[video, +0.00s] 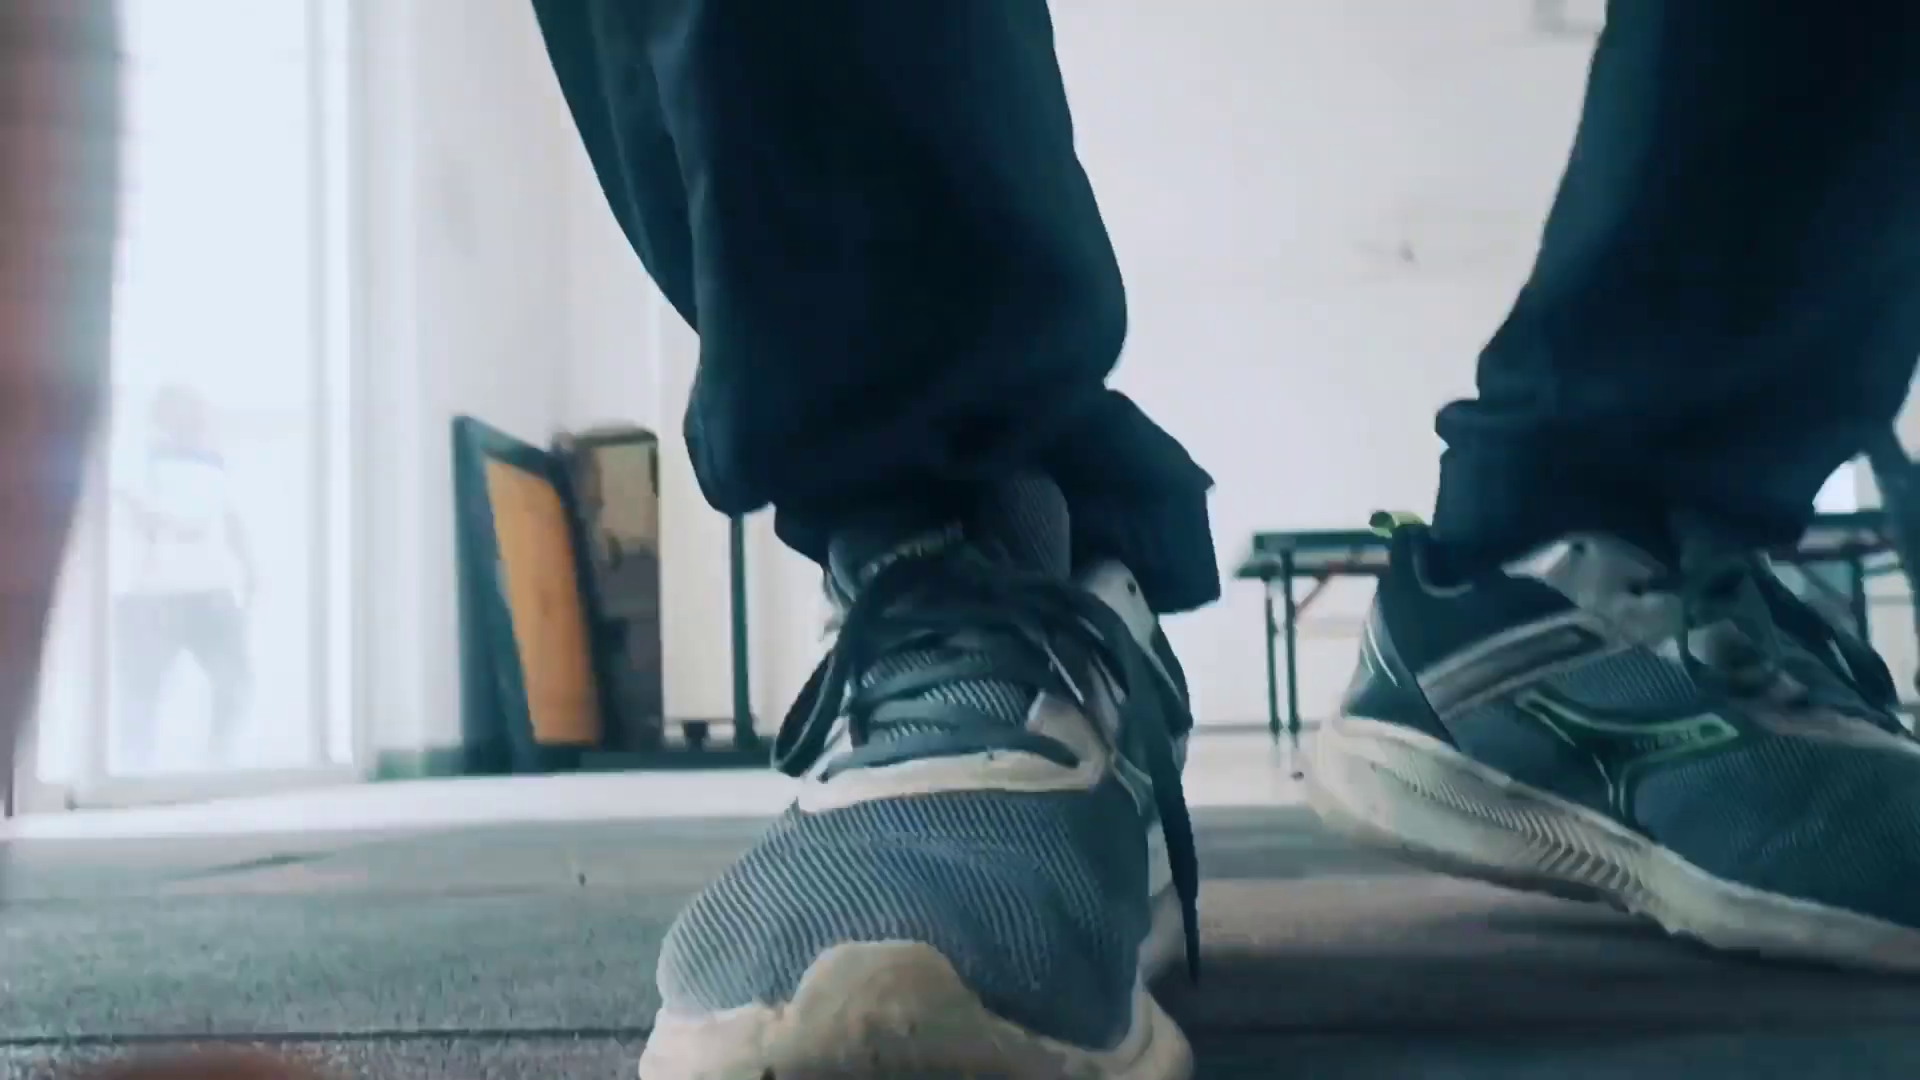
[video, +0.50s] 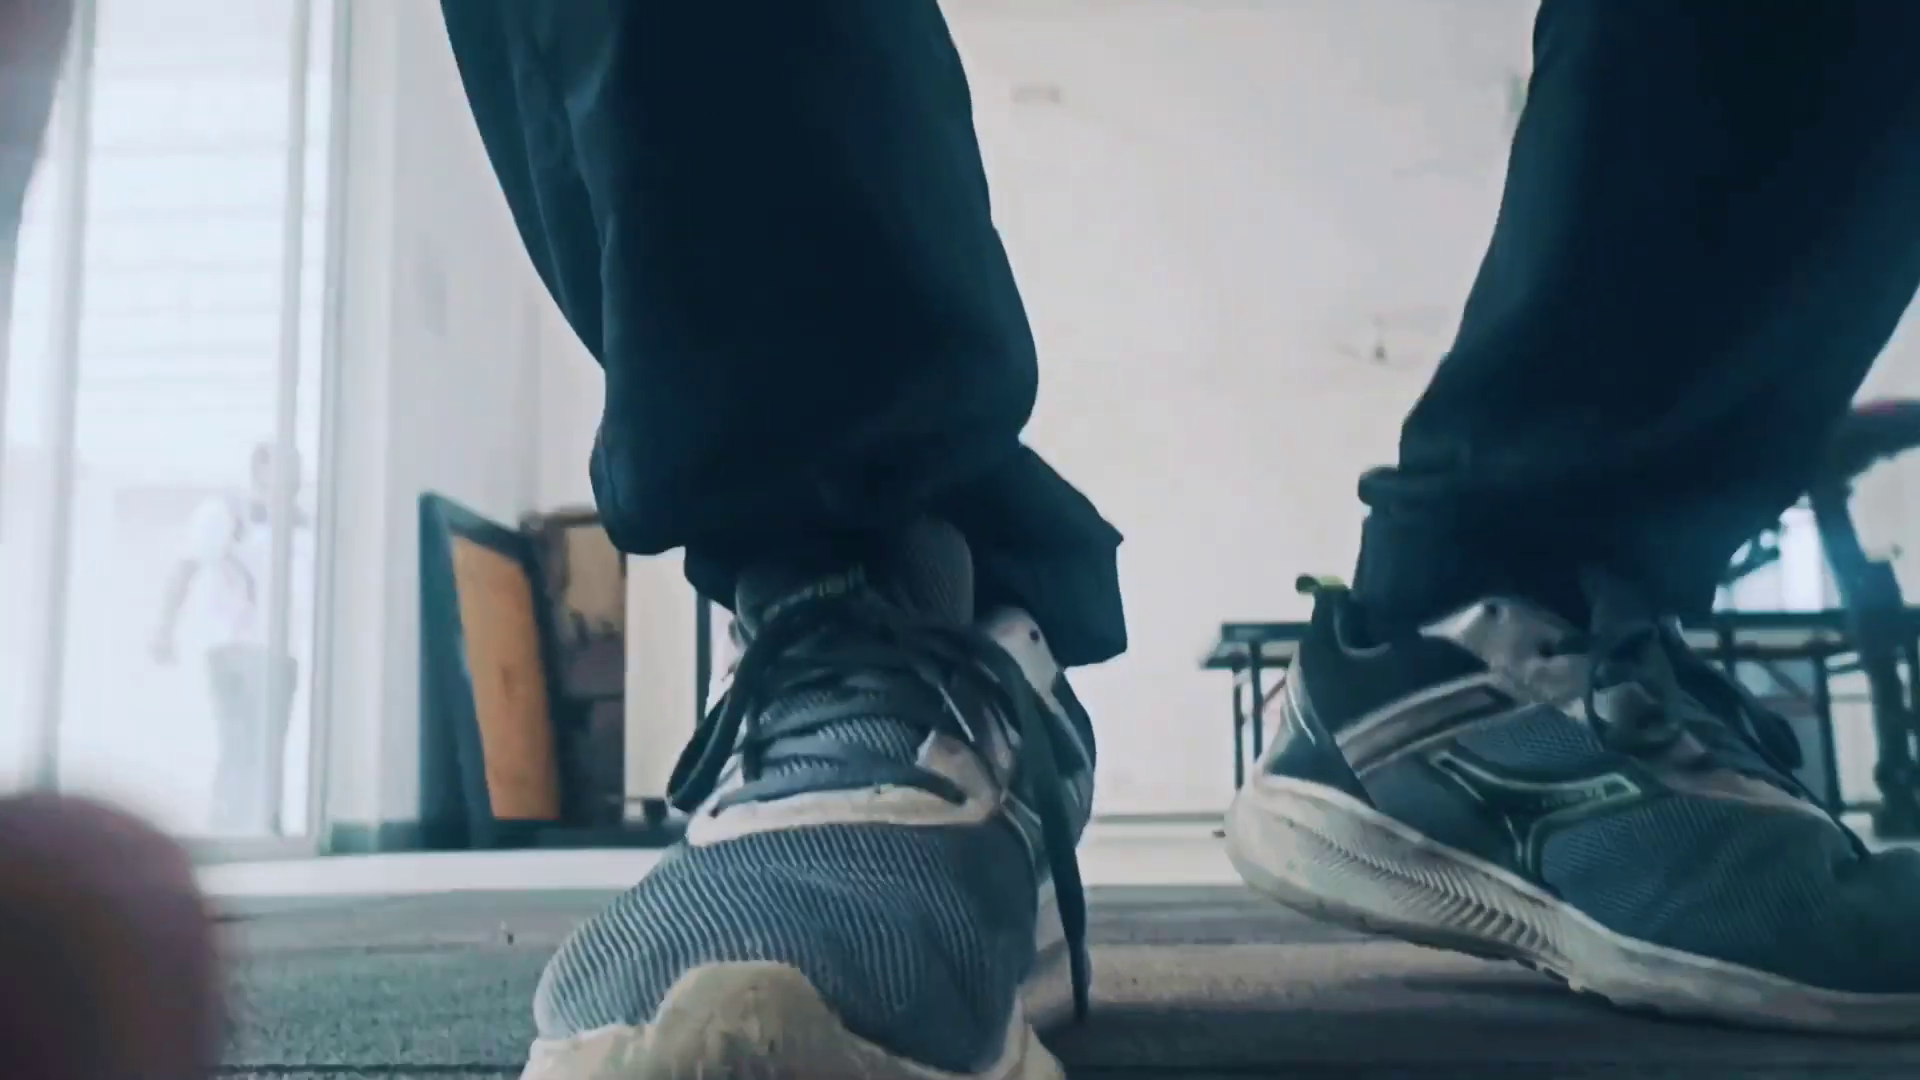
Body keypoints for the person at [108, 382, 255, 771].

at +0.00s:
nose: (186, 424)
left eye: (191, 414)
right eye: (176, 414)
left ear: (201, 417)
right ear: (160, 417)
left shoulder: (211, 463)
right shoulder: (139, 459)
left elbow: (232, 525)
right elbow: (129, 508)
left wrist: (247, 574)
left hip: (208, 590)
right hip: (149, 591)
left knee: (233, 680)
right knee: (139, 689)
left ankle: (218, 761)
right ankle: (134, 770)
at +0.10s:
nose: (206, 468)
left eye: (212, 458)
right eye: (198, 458)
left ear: (222, 462)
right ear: (181, 460)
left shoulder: (229, 510)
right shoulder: (162, 501)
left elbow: (244, 579)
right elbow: (157, 566)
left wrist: (254, 636)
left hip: (218, 637)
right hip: (165, 635)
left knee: (232, 734)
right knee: (144, 735)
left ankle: (259, 805)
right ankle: (128, 810)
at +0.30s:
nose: (265, 511)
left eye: (272, 501)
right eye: (256, 501)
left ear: (282, 506)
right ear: (238, 502)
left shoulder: (284, 550)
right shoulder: (207, 535)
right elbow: (205, 595)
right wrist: (247, 624)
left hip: (267, 679)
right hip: (214, 677)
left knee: (272, 772)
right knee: (191, 765)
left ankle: (268, 849)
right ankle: (144, 842)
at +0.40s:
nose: (283, 511)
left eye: (288, 502)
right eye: (276, 500)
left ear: (292, 507)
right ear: (255, 500)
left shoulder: (285, 553)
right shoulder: (222, 540)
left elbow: (301, 615)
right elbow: (202, 605)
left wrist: (330, 656)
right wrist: (213, 659)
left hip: (275, 686)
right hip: (228, 681)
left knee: (274, 777)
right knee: (227, 766)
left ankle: (262, 861)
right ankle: (178, 848)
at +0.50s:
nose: (280, 484)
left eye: (288, 474)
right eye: (272, 473)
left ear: (298, 477)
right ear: (257, 474)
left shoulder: (306, 525)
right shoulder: (227, 516)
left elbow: (320, 591)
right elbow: (186, 568)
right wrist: (165, 632)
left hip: (283, 651)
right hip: (232, 647)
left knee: (270, 746)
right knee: (240, 744)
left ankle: (266, 824)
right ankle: (230, 823)